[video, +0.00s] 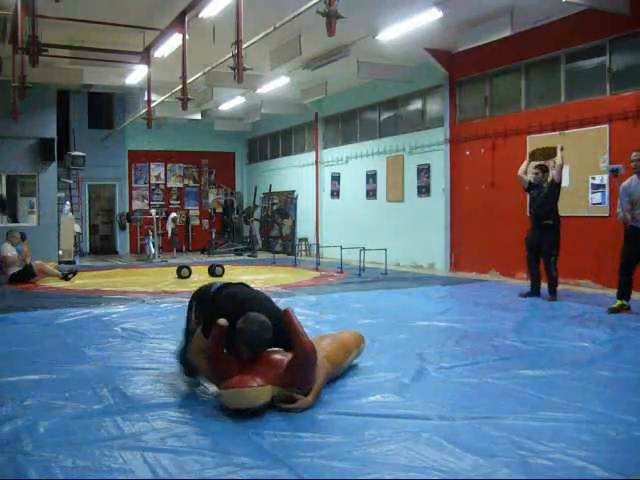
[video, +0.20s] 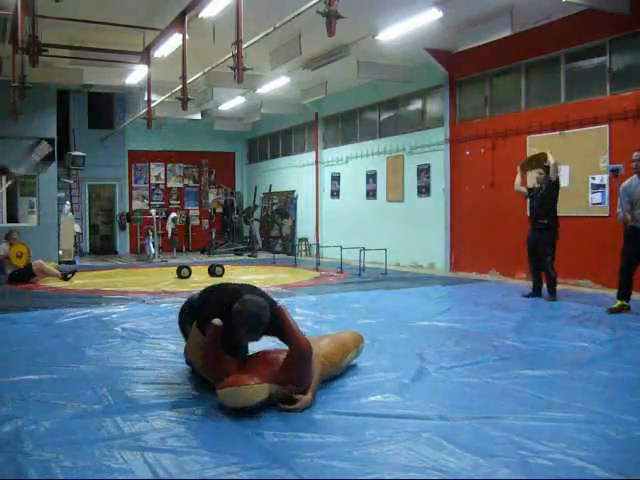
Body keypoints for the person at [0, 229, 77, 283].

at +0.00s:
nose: (17, 241)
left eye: (18, 239)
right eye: (16, 238)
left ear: (17, 240)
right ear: (10, 238)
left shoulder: (14, 248)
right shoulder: (6, 247)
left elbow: (25, 261)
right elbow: (8, 262)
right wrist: (19, 256)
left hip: (19, 274)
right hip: (12, 276)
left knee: (43, 269)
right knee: (38, 265)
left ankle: (64, 273)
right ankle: (62, 275)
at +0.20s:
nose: (15, 241)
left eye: (16, 239)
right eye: (13, 239)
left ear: (18, 239)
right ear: (8, 240)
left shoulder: (18, 247)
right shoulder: (4, 247)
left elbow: (25, 262)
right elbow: (3, 259)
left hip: (21, 273)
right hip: (12, 275)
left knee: (44, 269)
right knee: (38, 264)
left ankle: (63, 273)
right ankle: (61, 276)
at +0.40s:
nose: (16, 241)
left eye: (17, 239)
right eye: (14, 239)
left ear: (18, 238)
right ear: (9, 239)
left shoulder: (19, 247)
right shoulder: (5, 247)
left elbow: (24, 263)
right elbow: (2, 256)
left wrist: (27, 256)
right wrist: (6, 254)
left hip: (22, 274)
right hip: (13, 275)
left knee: (45, 270)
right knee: (39, 264)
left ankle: (63, 274)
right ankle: (62, 275)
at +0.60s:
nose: (17, 240)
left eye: (17, 238)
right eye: (16, 238)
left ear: (12, 238)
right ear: (11, 238)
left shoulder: (13, 248)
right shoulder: (6, 247)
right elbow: (7, 260)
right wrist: (20, 255)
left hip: (20, 274)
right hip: (14, 276)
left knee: (44, 269)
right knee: (38, 264)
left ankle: (64, 274)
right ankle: (62, 276)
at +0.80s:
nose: (19, 240)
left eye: (19, 238)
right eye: (19, 238)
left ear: (9, 237)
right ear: (17, 238)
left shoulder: (4, 247)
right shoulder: (15, 247)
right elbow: (24, 262)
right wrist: (31, 254)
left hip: (11, 277)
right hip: (18, 276)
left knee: (44, 271)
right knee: (39, 266)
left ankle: (64, 274)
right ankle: (63, 276)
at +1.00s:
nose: (22, 240)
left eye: (21, 239)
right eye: (21, 239)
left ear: (12, 237)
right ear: (20, 238)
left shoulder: (3, 246)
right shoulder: (19, 248)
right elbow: (26, 264)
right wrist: (29, 253)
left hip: (10, 278)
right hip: (18, 276)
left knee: (44, 271)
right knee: (42, 266)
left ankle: (64, 275)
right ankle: (64, 275)